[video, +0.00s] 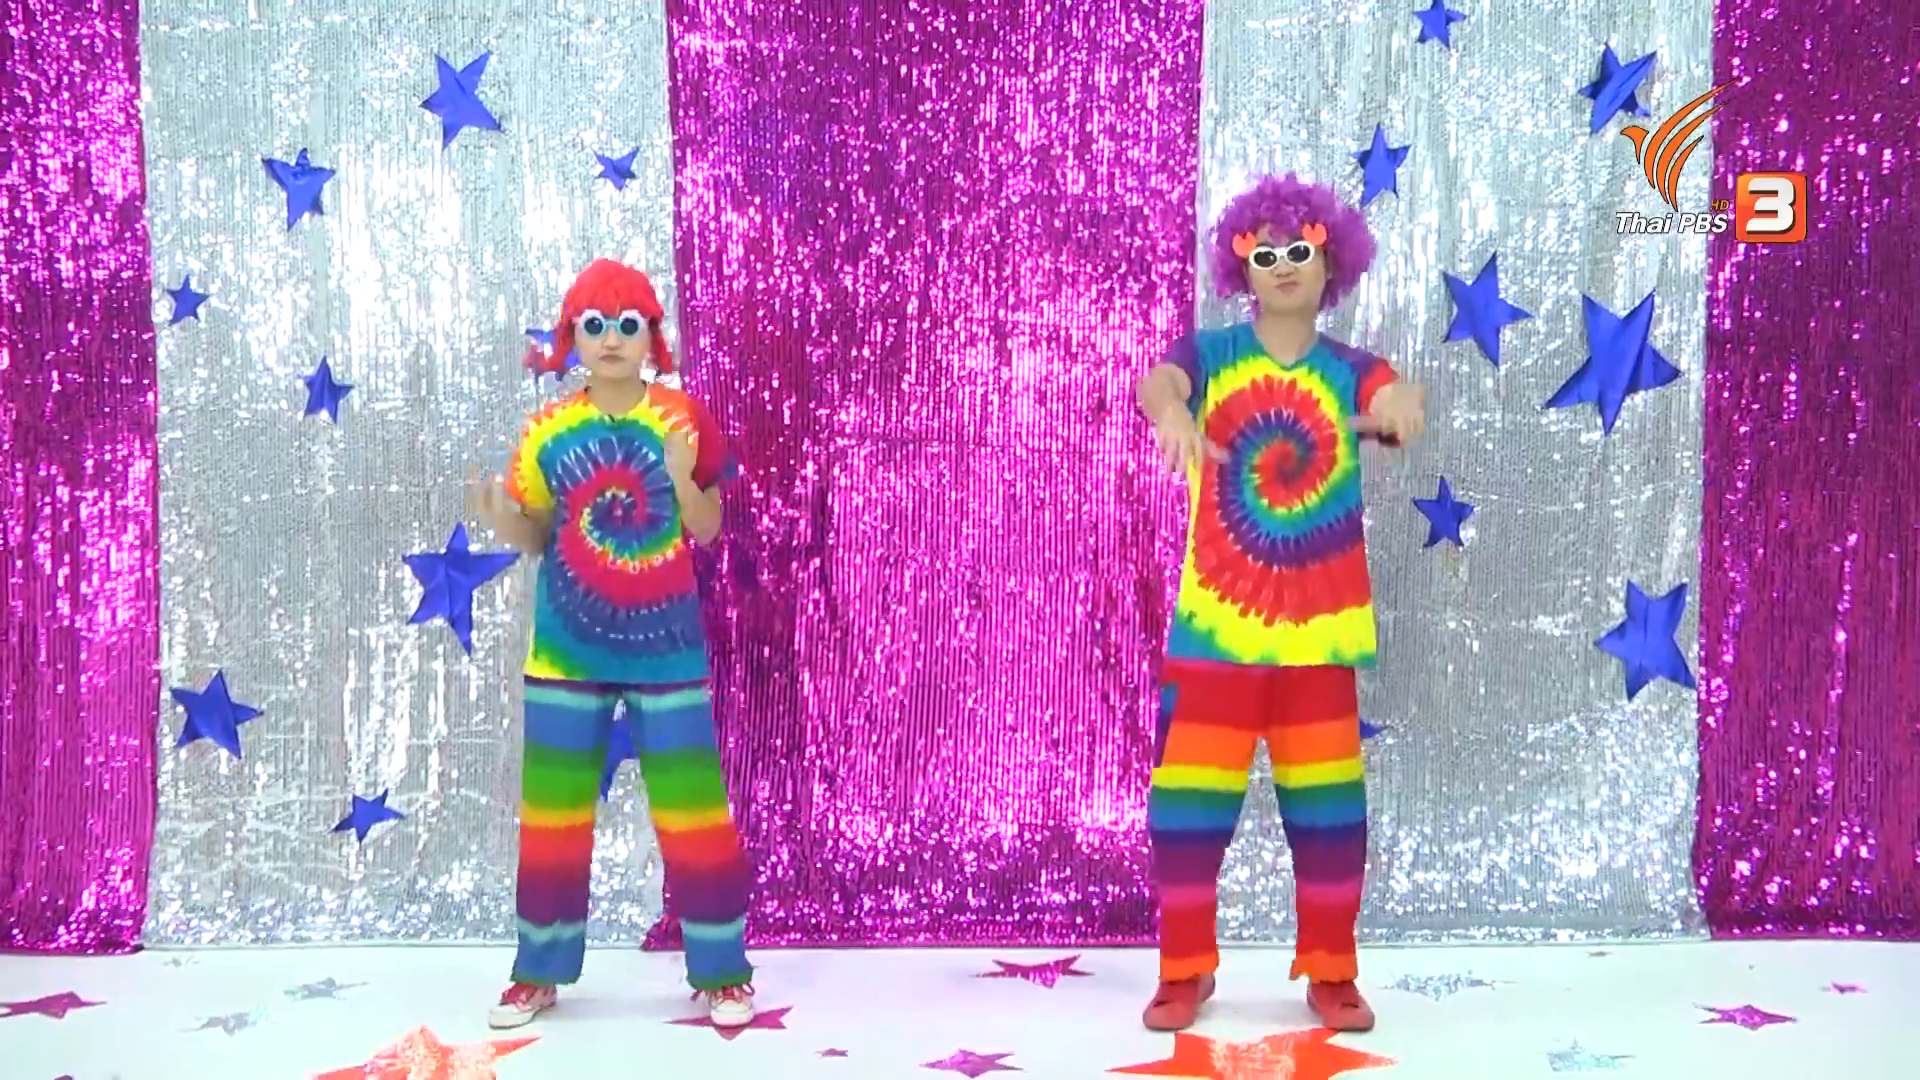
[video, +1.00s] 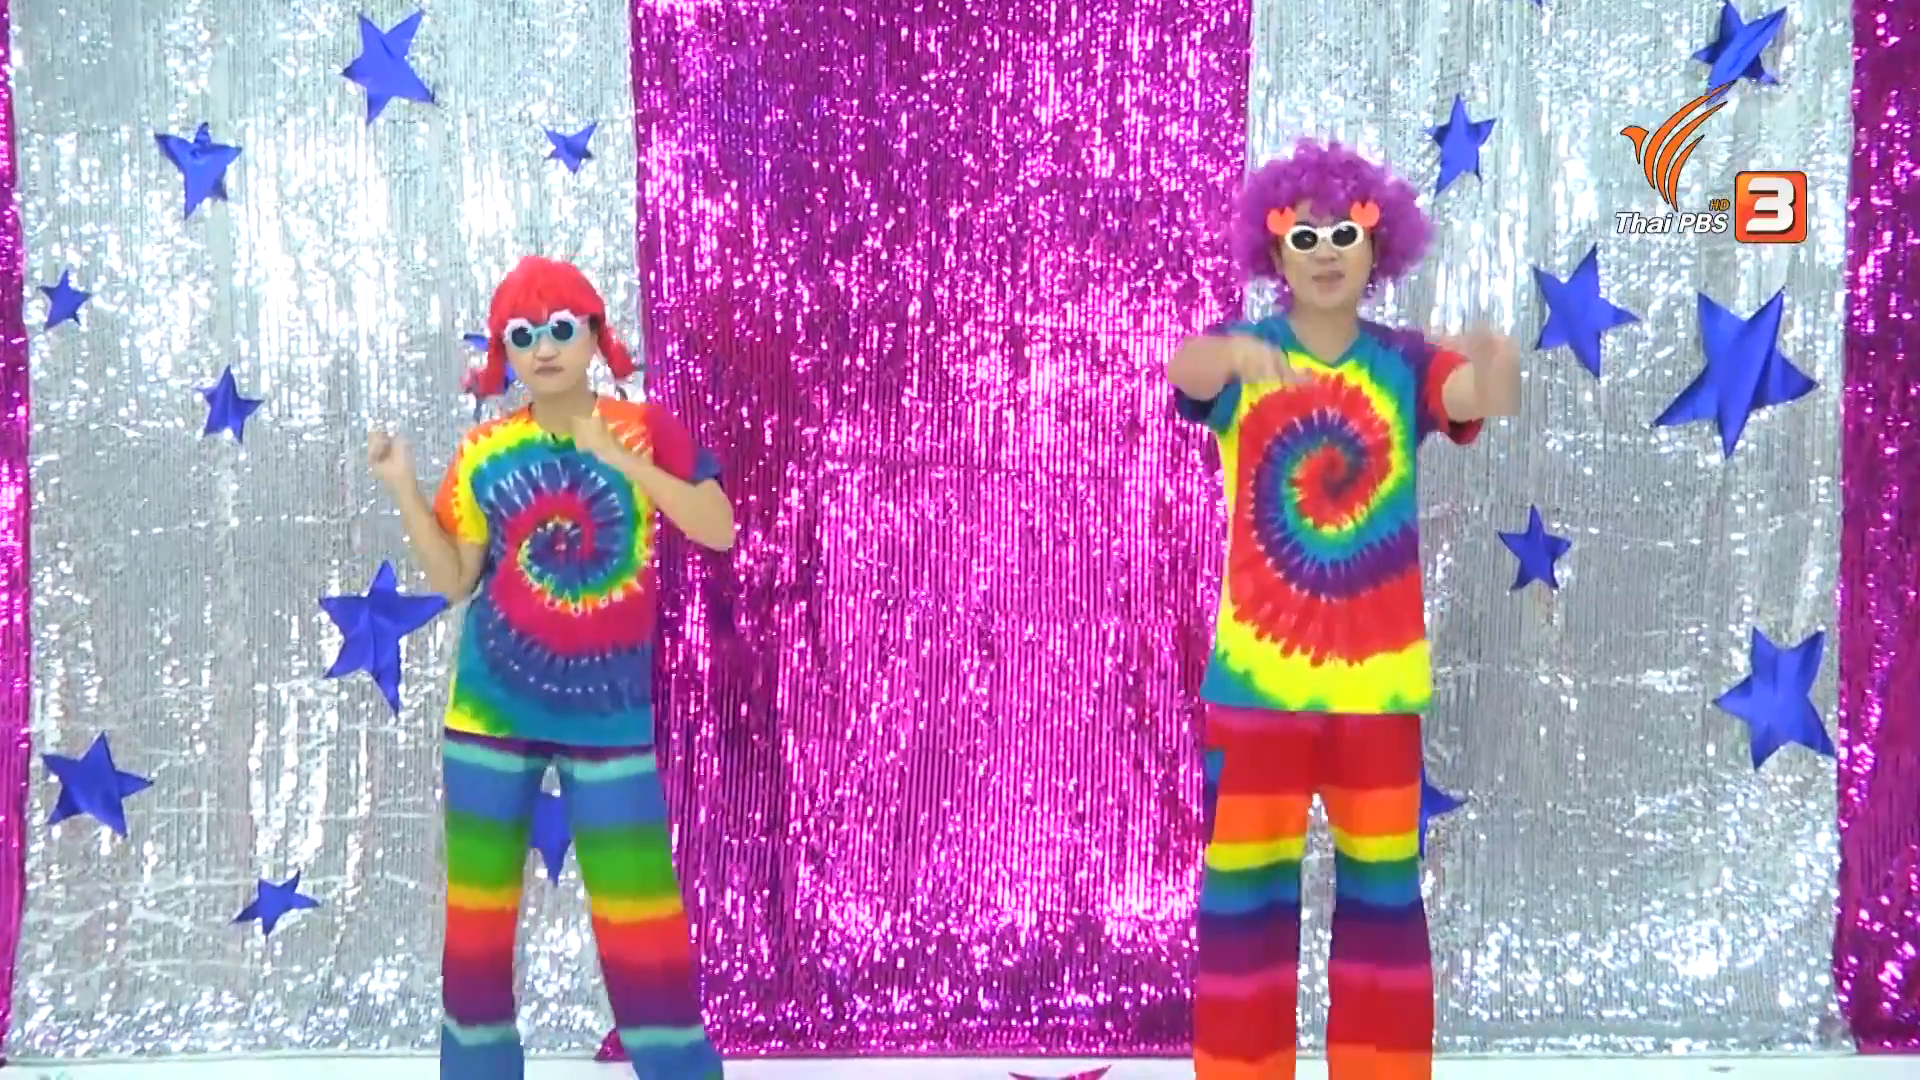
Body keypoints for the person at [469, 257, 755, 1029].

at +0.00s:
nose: (612, 339)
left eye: (629, 324)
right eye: (595, 325)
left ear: (652, 338)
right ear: (573, 339)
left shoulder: (682, 417)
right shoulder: (550, 428)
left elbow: (707, 529)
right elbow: (535, 535)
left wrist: (682, 475)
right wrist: (502, 511)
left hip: (669, 650)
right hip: (567, 650)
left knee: (695, 812)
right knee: (550, 812)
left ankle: (721, 974)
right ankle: (539, 972)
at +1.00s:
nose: (543, 351)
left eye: (561, 331)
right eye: (523, 336)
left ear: (595, 340)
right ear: (504, 353)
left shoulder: (644, 430)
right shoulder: (484, 452)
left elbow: (719, 526)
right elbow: (452, 578)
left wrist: (622, 460)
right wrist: (405, 489)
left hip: (612, 708)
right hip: (492, 708)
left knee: (642, 916)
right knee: (477, 917)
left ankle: (677, 1071)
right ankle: (477, 1072)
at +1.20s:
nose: (530, 371)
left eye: (550, 352)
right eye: (510, 355)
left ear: (582, 362)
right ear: (487, 371)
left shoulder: (636, 456)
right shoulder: (460, 478)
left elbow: (721, 553)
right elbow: (444, 613)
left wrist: (613, 548)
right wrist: (378, 574)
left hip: (593, 756)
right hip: (466, 749)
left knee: (609, 963)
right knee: (443, 960)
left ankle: (643, 1073)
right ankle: (445, 1071)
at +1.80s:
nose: (522, 410)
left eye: (542, 389)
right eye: (497, 393)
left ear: (572, 403)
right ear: (468, 411)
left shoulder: (612, 512)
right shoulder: (419, 518)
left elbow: (656, 657)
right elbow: (339, 644)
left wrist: (607, 637)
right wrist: (408, 674)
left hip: (598, 808)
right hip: (465, 814)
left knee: (637, 1033)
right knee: (445, 1042)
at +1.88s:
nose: (510, 414)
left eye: (529, 389)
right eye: (484, 400)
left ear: (562, 398)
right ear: (460, 421)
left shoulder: (613, 510)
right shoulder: (419, 525)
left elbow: (659, 646)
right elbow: (330, 636)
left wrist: (564, 652)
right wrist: (316, 704)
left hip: (585, 826)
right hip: (449, 828)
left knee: (631, 1054)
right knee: (421, 1056)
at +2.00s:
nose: (496, 431)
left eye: (513, 405)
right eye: (470, 421)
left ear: (553, 407)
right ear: (453, 445)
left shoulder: (611, 517)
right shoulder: (429, 541)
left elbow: (659, 626)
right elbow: (335, 650)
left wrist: (532, 596)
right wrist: (285, 615)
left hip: (567, 838)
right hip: (430, 836)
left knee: (596, 1051)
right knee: (410, 1049)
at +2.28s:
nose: (501, 449)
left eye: (522, 426)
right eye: (477, 432)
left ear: (562, 436)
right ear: (456, 453)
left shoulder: (613, 537)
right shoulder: (432, 559)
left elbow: (676, 662)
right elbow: (394, 714)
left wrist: (545, 625)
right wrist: (363, 637)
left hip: (568, 868)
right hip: (433, 864)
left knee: (565, 1067)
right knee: (396, 1064)